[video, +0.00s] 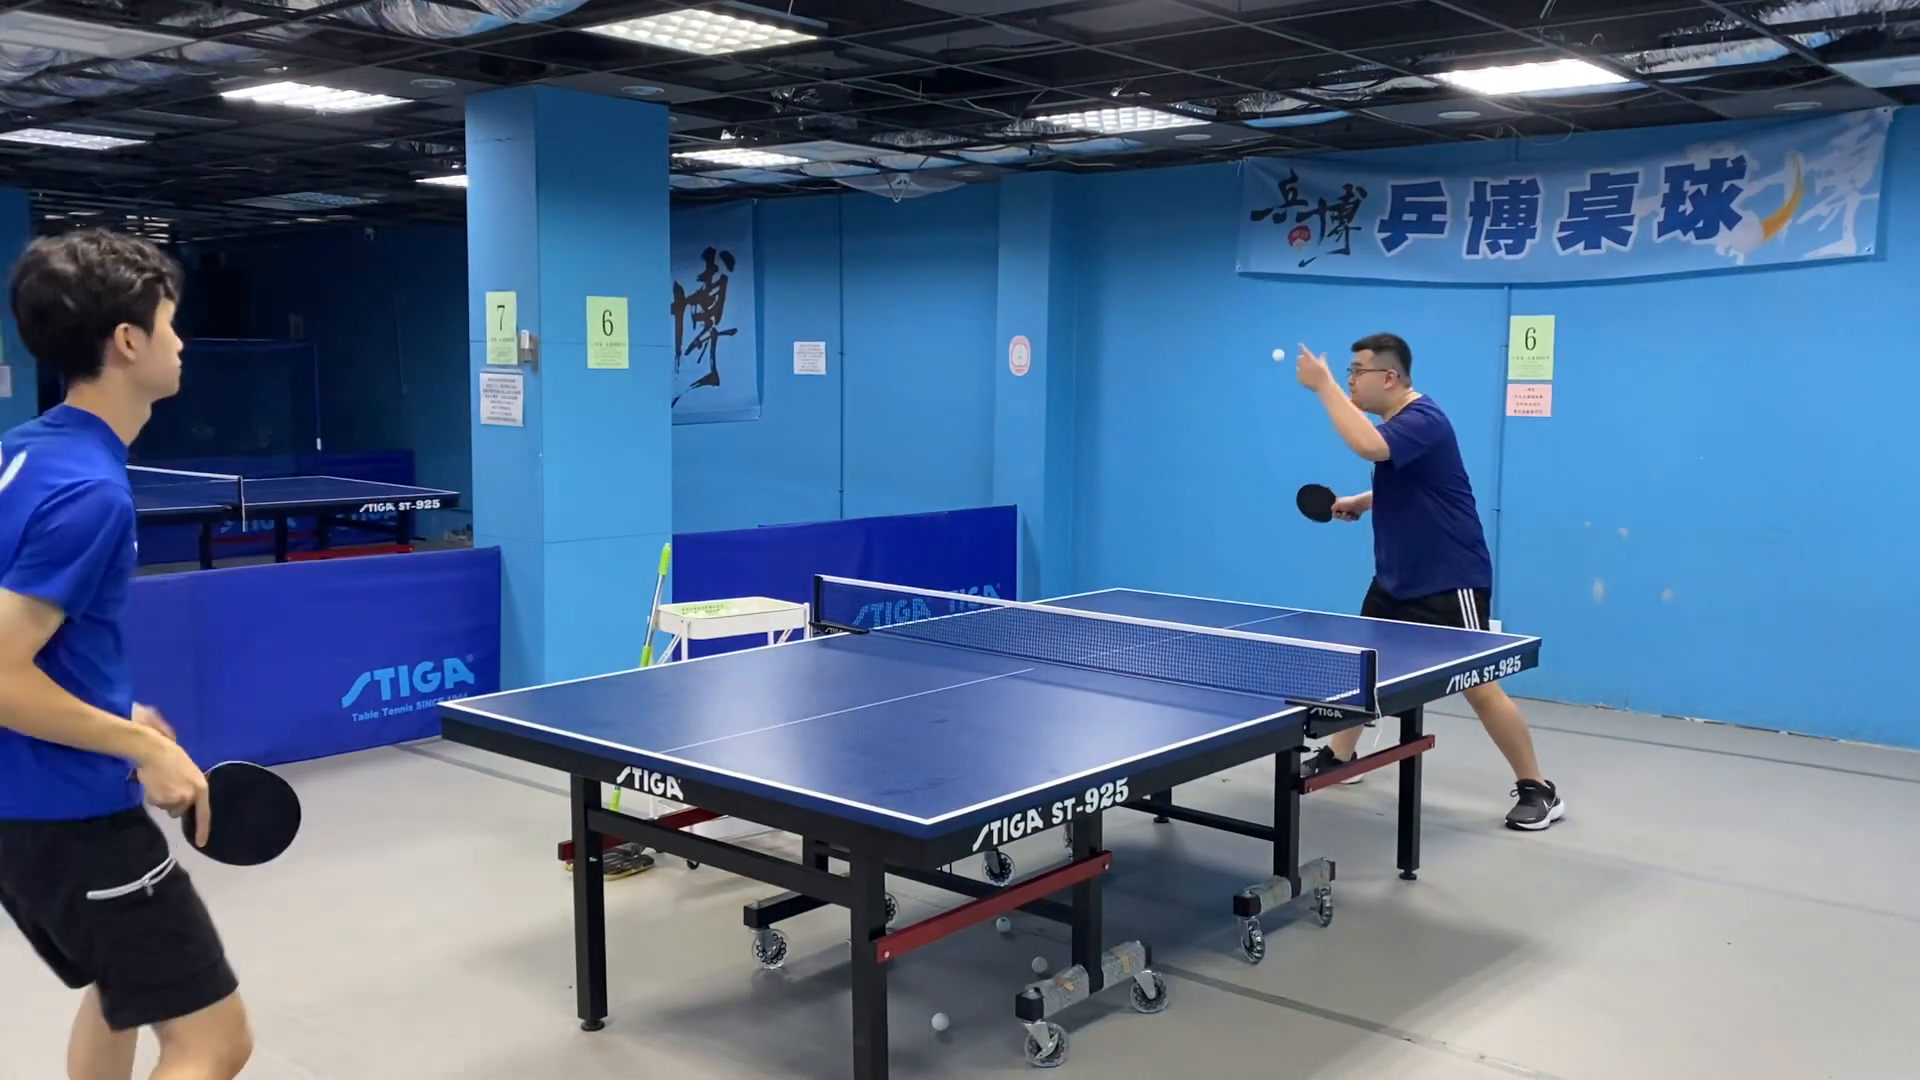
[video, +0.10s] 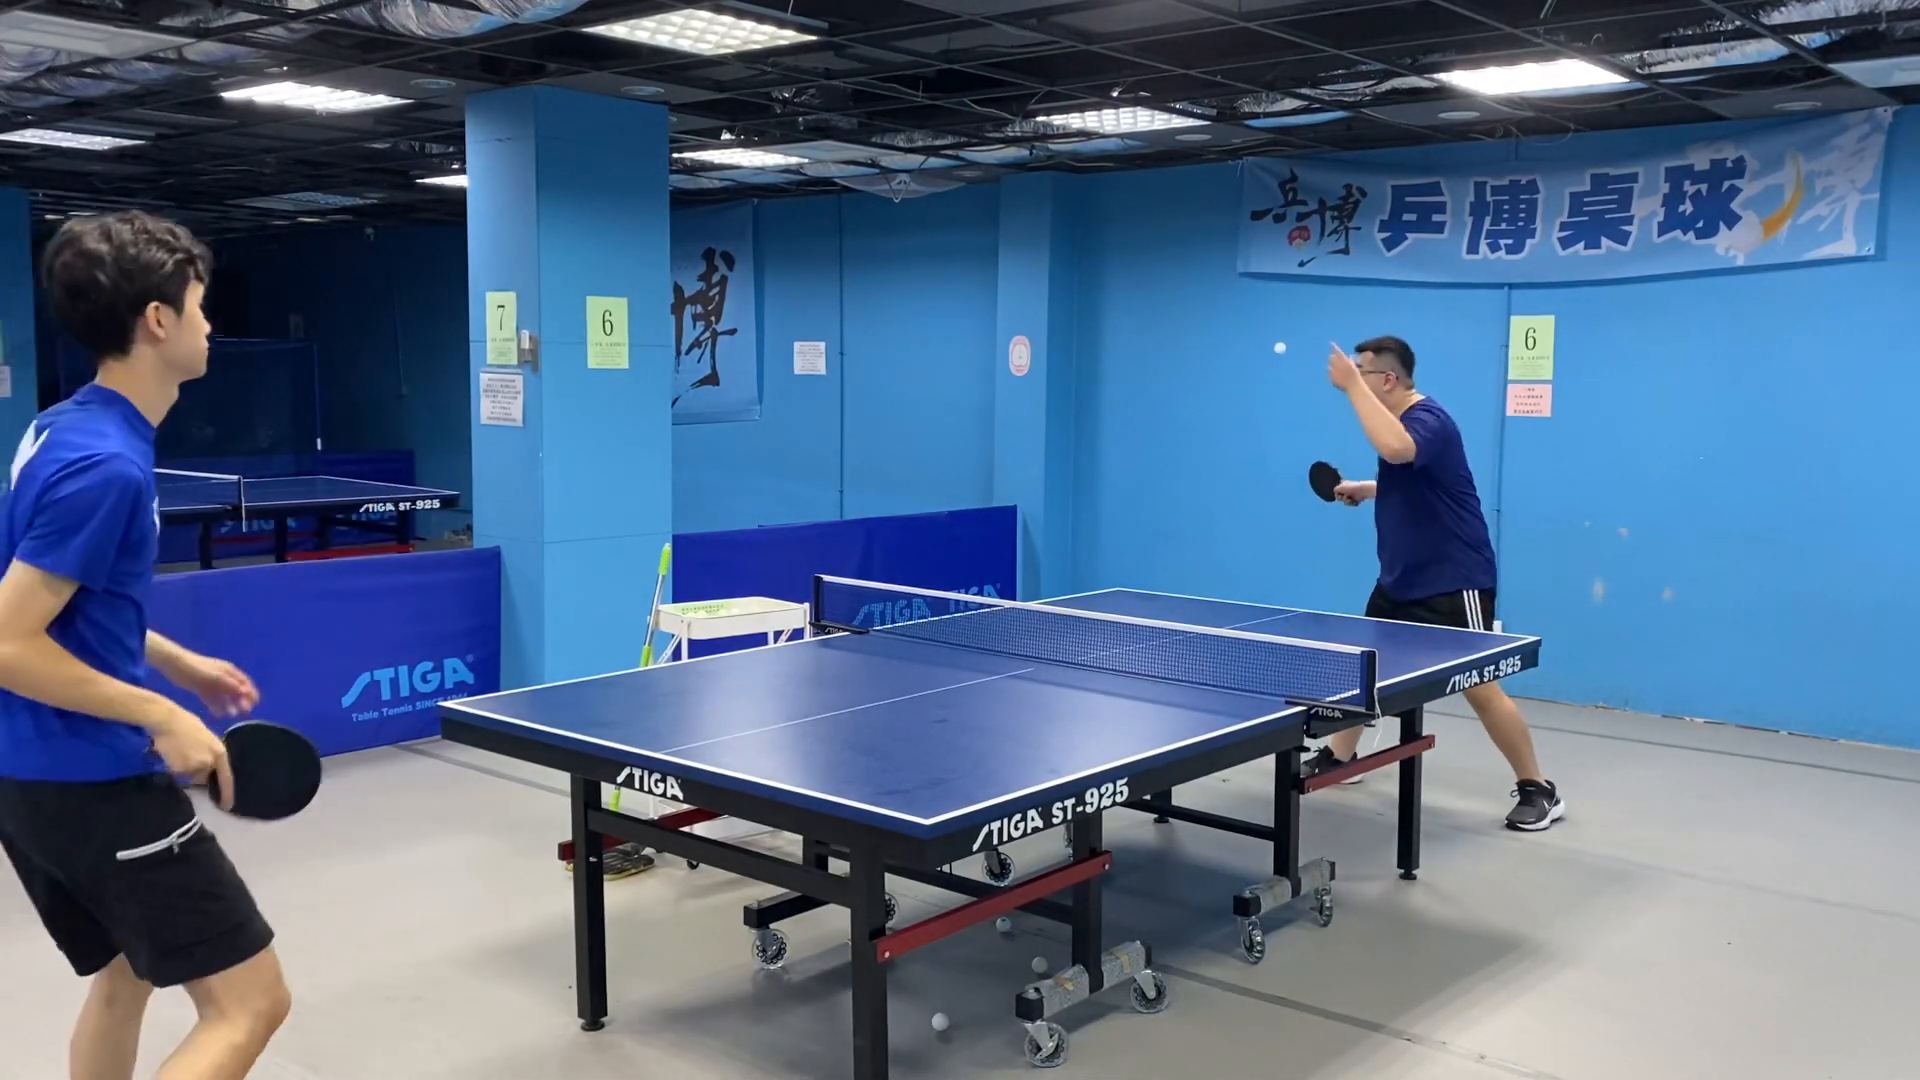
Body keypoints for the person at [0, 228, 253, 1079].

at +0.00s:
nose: (181, 346)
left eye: (176, 325)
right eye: (171, 326)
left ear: (104, 342)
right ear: (126, 343)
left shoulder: (30, 449)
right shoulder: (92, 490)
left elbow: (34, 657)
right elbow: (7, 679)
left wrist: (127, 718)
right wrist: (137, 748)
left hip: (28, 811)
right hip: (80, 819)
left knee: (115, 994)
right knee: (215, 1039)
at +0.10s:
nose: (210, 326)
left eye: (205, 306)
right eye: (199, 306)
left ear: (133, 322)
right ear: (156, 320)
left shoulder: (64, 428)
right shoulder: (109, 464)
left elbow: (76, 603)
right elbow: (12, 647)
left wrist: (179, 663)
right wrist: (157, 716)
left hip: (31, 775)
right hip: (97, 782)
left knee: (121, 975)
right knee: (251, 1002)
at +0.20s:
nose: (235, 313)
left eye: (231, 292)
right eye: (226, 293)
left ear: (165, 309)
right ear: (184, 307)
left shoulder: (99, 417)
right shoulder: (130, 448)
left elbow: (107, 597)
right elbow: (41, 636)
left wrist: (223, 640)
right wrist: (208, 689)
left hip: (51, 758)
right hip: (116, 767)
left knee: (118, 966)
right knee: (255, 993)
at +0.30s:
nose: (261, 321)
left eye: (258, 301)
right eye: (253, 300)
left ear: (183, 311)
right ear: (210, 311)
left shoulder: (115, 422)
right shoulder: (158, 456)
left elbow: (133, 599)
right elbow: (107, 659)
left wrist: (245, 647)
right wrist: (263, 687)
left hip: (83, 767)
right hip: (151, 778)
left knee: (124, 968)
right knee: (258, 1003)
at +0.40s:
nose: (287, 337)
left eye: (285, 316)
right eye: (281, 315)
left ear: (201, 321)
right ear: (240, 324)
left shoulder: (129, 429)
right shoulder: (188, 475)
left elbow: (81, 595)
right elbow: (188, 680)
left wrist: (242, 674)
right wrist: (321, 679)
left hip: (114, 779)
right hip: (190, 792)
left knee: (171, 961)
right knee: (287, 1008)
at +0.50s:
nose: (320, 351)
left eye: (320, 330)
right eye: (316, 330)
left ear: (224, 331)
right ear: (274, 335)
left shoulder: (149, 435)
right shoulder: (226, 493)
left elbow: (85, 600)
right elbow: (257, 694)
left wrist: (232, 673)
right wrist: (373, 666)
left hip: (140, 780)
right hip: (215, 791)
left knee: (217, 968)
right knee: (301, 1014)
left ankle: (158, 1078)